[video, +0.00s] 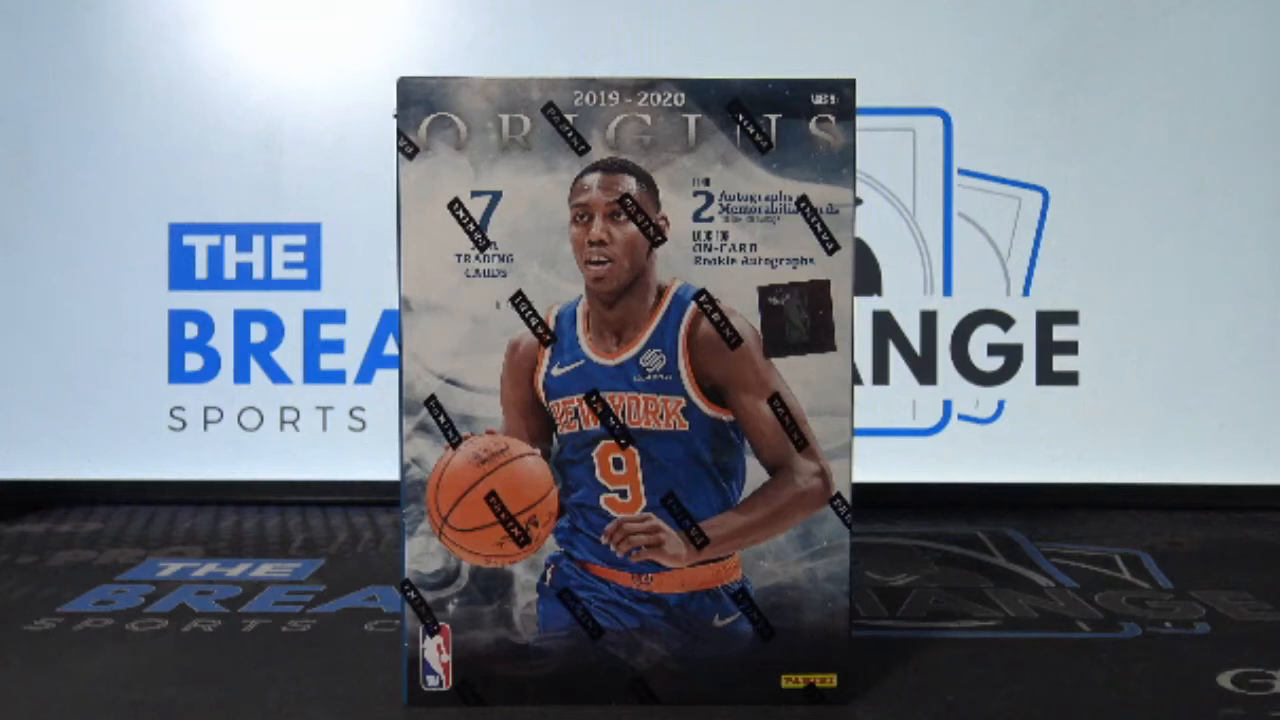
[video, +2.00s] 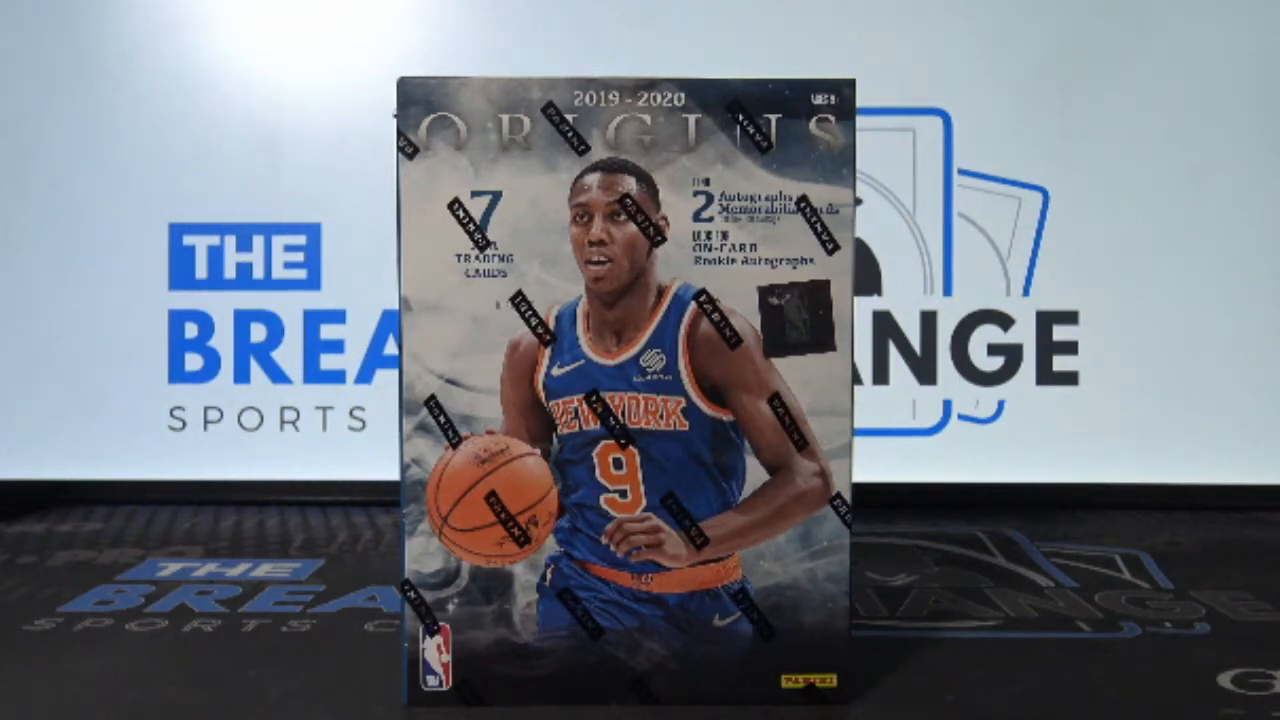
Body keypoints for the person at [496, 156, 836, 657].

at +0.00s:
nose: (595, 235)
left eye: (618, 216)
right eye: (581, 218)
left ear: (657, 230)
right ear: (569, 232)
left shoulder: (711, 334)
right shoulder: (534, 353)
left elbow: (809, 477)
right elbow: (527, 489)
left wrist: (696, 541)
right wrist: (476, 475)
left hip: (699, 613)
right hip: (584, 608)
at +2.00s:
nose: (595, 235)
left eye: (617, 216)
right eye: (581, 218)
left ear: (657, 230)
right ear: (569, 232)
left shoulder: (713, 334)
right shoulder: (534, 353)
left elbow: (809, 476)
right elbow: (526, 487)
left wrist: (695, 542)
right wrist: (474, 474)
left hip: (698, 611)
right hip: (584, 604)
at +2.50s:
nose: (595, 235)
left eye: (617, 216)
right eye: (581, 218)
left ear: (657, 230)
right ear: (569, 232)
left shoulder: (712, 334)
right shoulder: (534, 353)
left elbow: (809, 476)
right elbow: (529, 488)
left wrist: (695, 542)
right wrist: (481, 470)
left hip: (698, 612)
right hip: (583, 605)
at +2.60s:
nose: (595, 235)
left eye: (617, 216)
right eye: (581, 218)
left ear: (657, 230)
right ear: (569, 232)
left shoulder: (712, 334)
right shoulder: (534, 353)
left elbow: (809, 476)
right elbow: (529, 488)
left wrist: (696, 542)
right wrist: (481, 469)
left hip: (698, 613)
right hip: (584, 606)